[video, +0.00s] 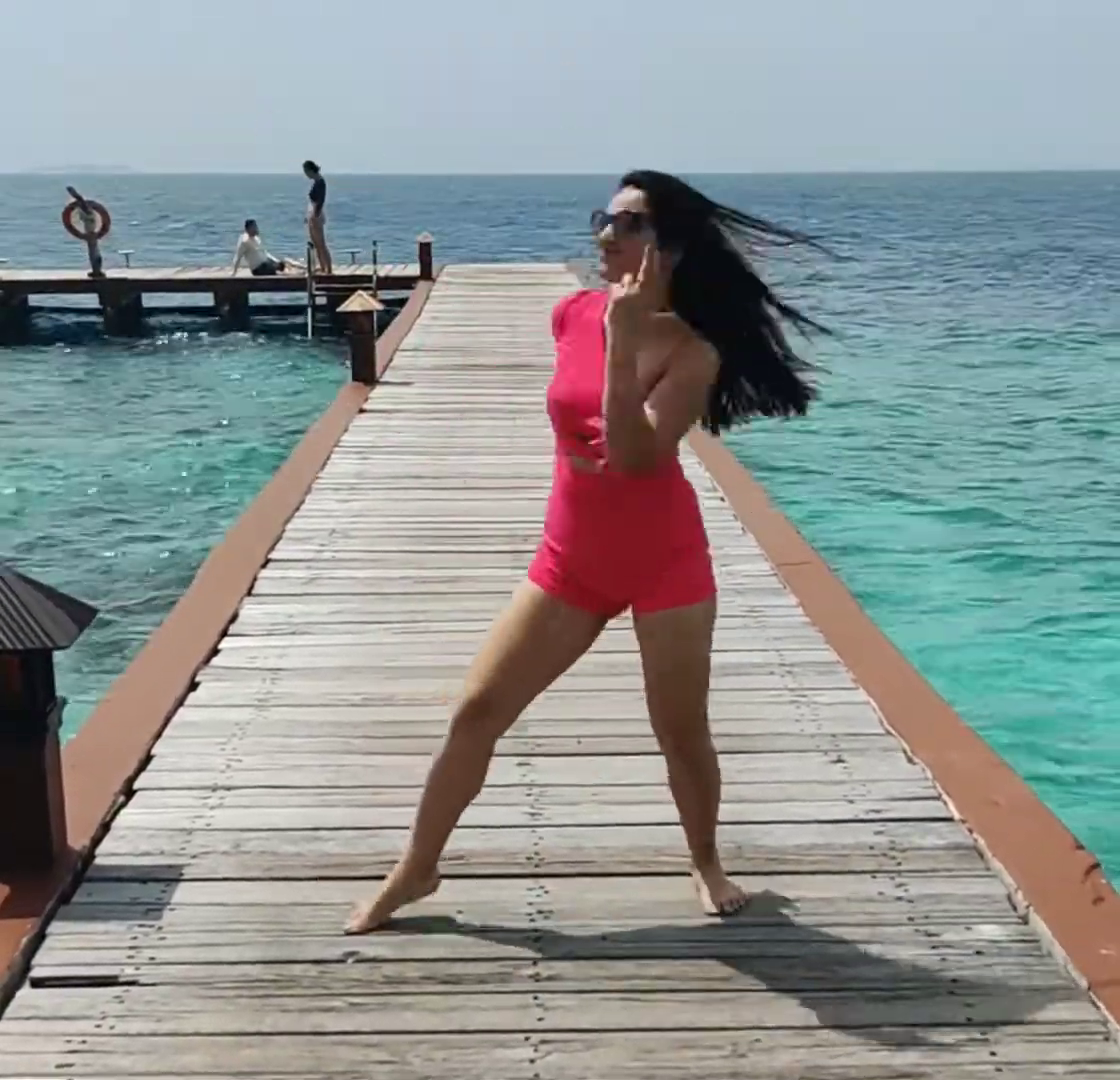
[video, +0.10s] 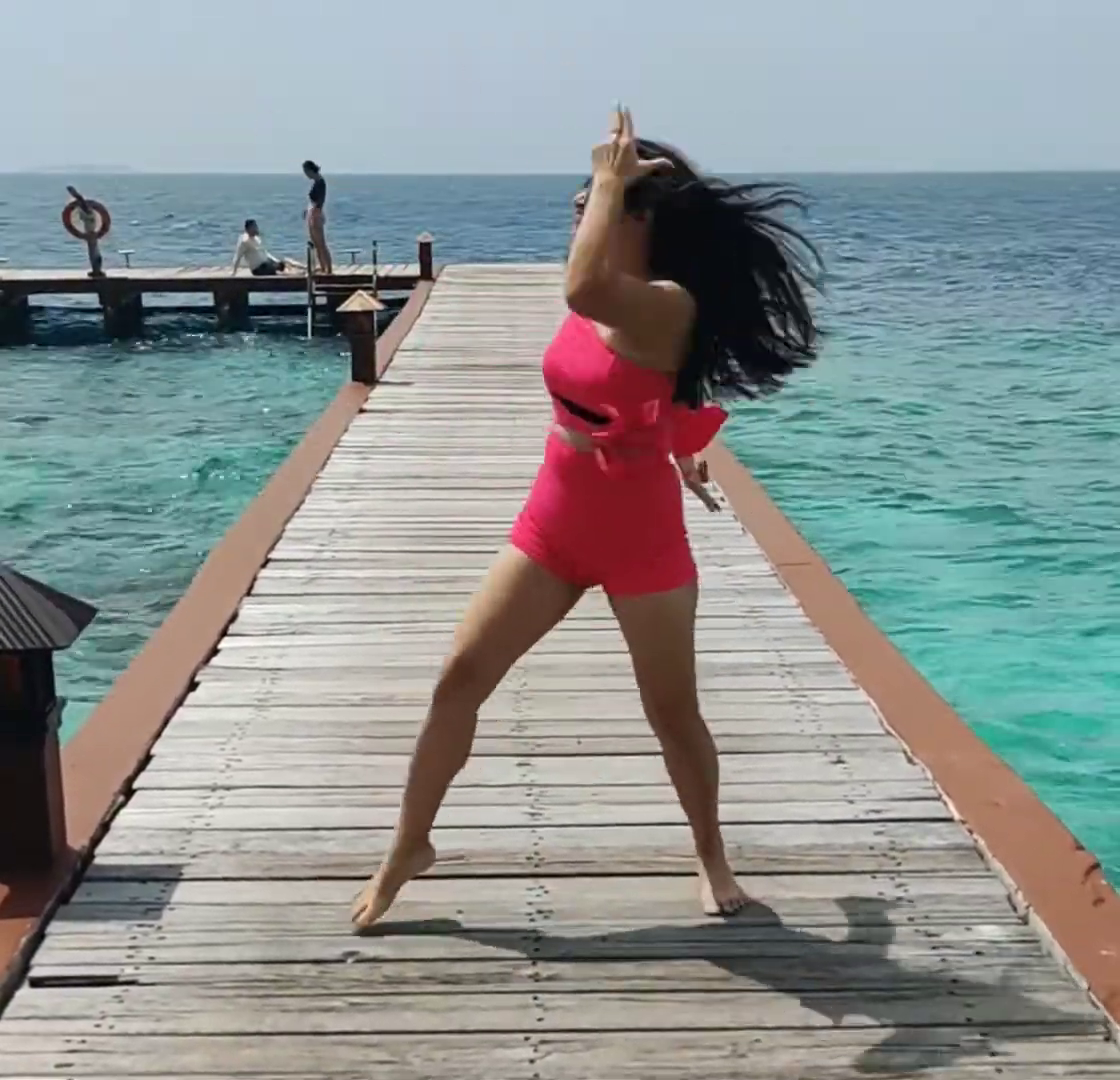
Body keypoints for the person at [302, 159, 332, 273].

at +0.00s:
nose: (306, 175)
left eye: (306, 172)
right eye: (305, 172)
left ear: (311, 170)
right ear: (313, 170)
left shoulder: (319, 182)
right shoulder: (316, 182)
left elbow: (320, 201)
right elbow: (315, 200)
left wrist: (316, 215)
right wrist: (310, 214)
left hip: (317, 214)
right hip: (312, 214)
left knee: (320, 243)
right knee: (316, 243)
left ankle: (328, 269)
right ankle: (322, 267)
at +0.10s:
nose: (306, 175)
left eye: (306, 172)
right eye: (305, 172)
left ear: (311, 170)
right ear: (313, 170)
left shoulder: (319, 182)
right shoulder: (316, 182)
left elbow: (319, 201)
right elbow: (315, 200)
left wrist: (316, 214)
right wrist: (308, 211)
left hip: (316, 213)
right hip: (312, 212)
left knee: (320, 243)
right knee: (315, 242)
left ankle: (328, 269)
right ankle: (322, 268)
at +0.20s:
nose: (307, 175)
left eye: (307, 172)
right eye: (305, 172)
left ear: (311, 170)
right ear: (313, 170)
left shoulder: (319, 182)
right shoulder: (317, 182)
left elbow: (319, 200)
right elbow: (316, 199)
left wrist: (316, 215)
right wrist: (312, 213)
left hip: (316, 212)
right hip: (312, 212)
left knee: (320, 242)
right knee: (316, 242)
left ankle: (328, 269)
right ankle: (322, 267)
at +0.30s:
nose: (306, 175)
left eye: (307, 172)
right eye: (305, 172)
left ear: (311, 170)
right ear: (312, 170)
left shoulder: (320, 181)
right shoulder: (317, 181)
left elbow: (320, 200)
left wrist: (316, 214)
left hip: (317, 211)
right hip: (312, 210)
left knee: (321, 242)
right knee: (316, 241)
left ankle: (329, 268)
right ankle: (323, 267)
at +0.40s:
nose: (306, 175)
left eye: (306, 172)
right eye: (305, 172)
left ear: (311, 170)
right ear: (313, 169)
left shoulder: (320, 181)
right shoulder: (317, 181)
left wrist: (318, 211)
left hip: (317, 212)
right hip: (313, 211)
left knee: (321, 241)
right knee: (316, 241)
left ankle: (329, 268)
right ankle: (323, 267)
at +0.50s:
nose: (306, 174)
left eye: (307, 171)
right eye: (305, 171)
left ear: (311, 170)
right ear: (312, 169)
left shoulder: (321, 181)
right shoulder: (316, 181)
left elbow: (330, 195)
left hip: (318, 211)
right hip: (312, 211)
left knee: (321, 241)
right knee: (316, 241)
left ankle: (329, 268)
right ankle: (324, 267)